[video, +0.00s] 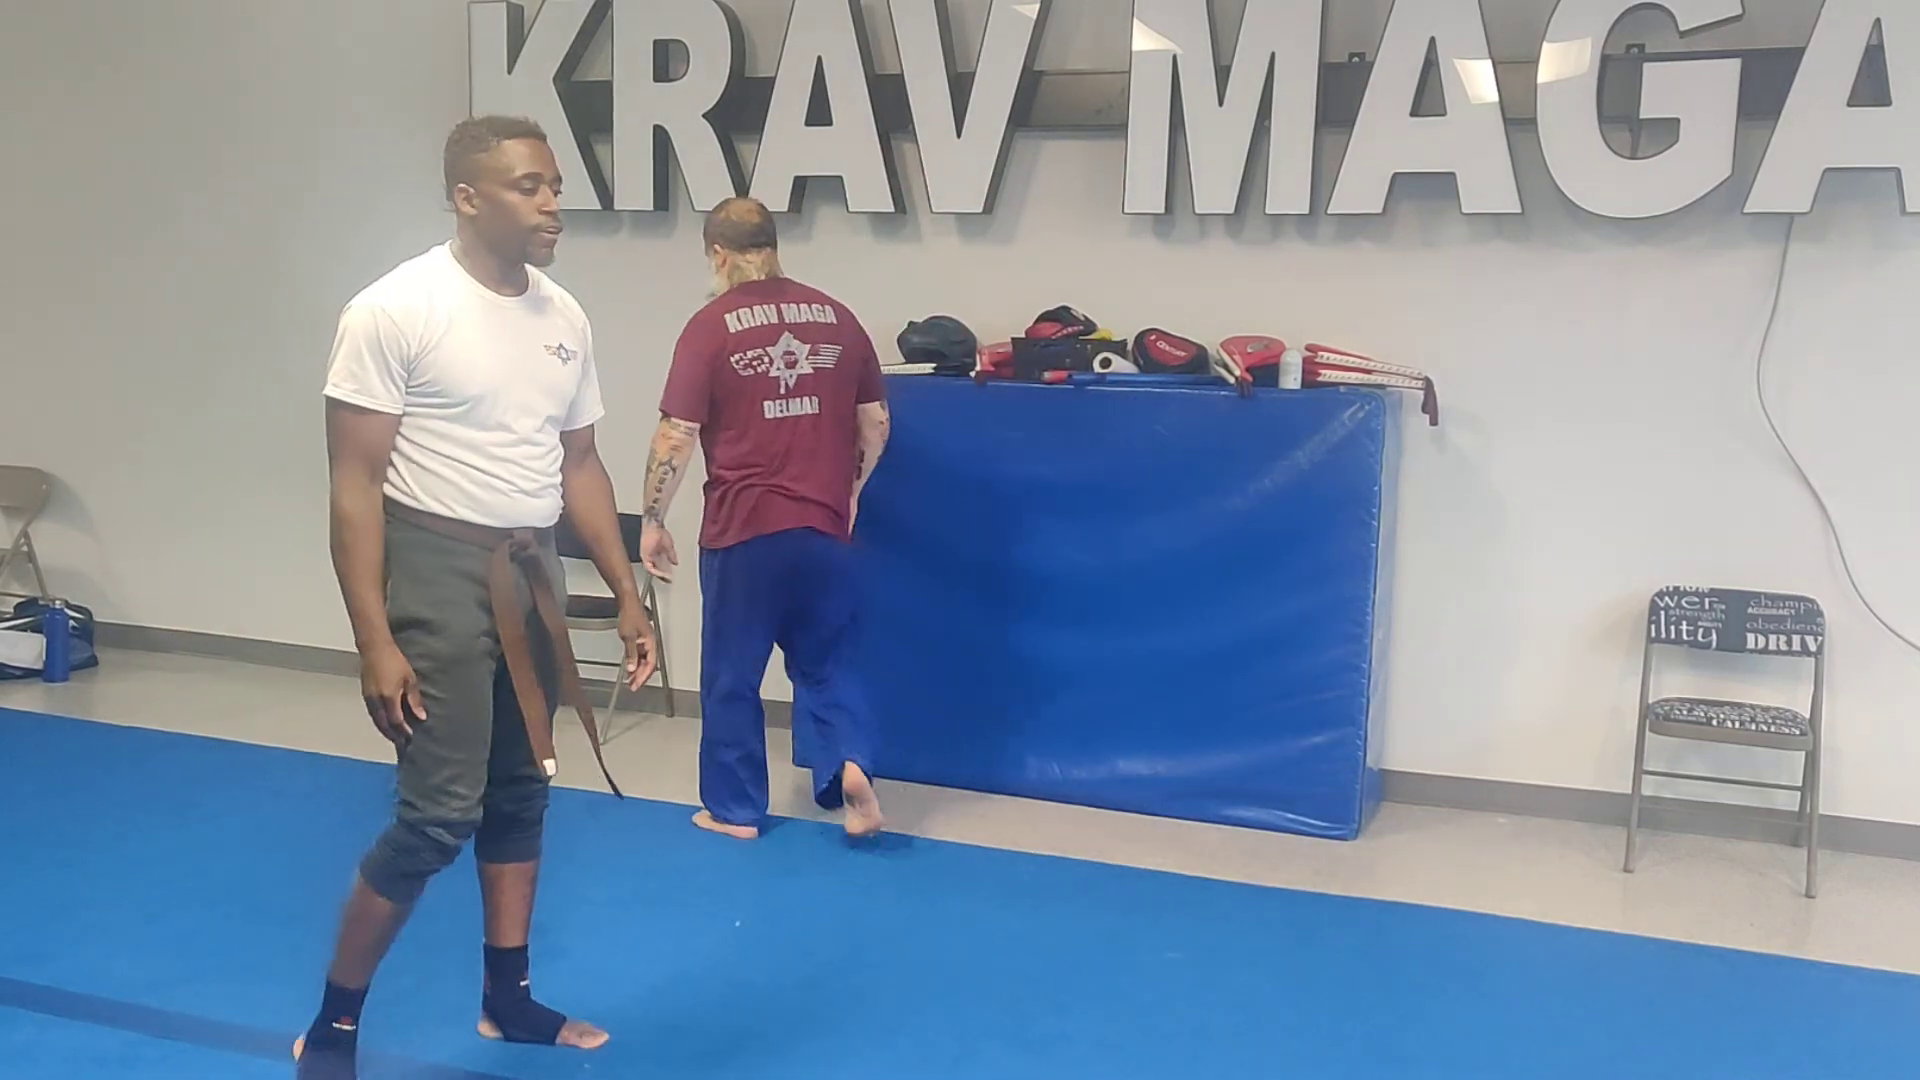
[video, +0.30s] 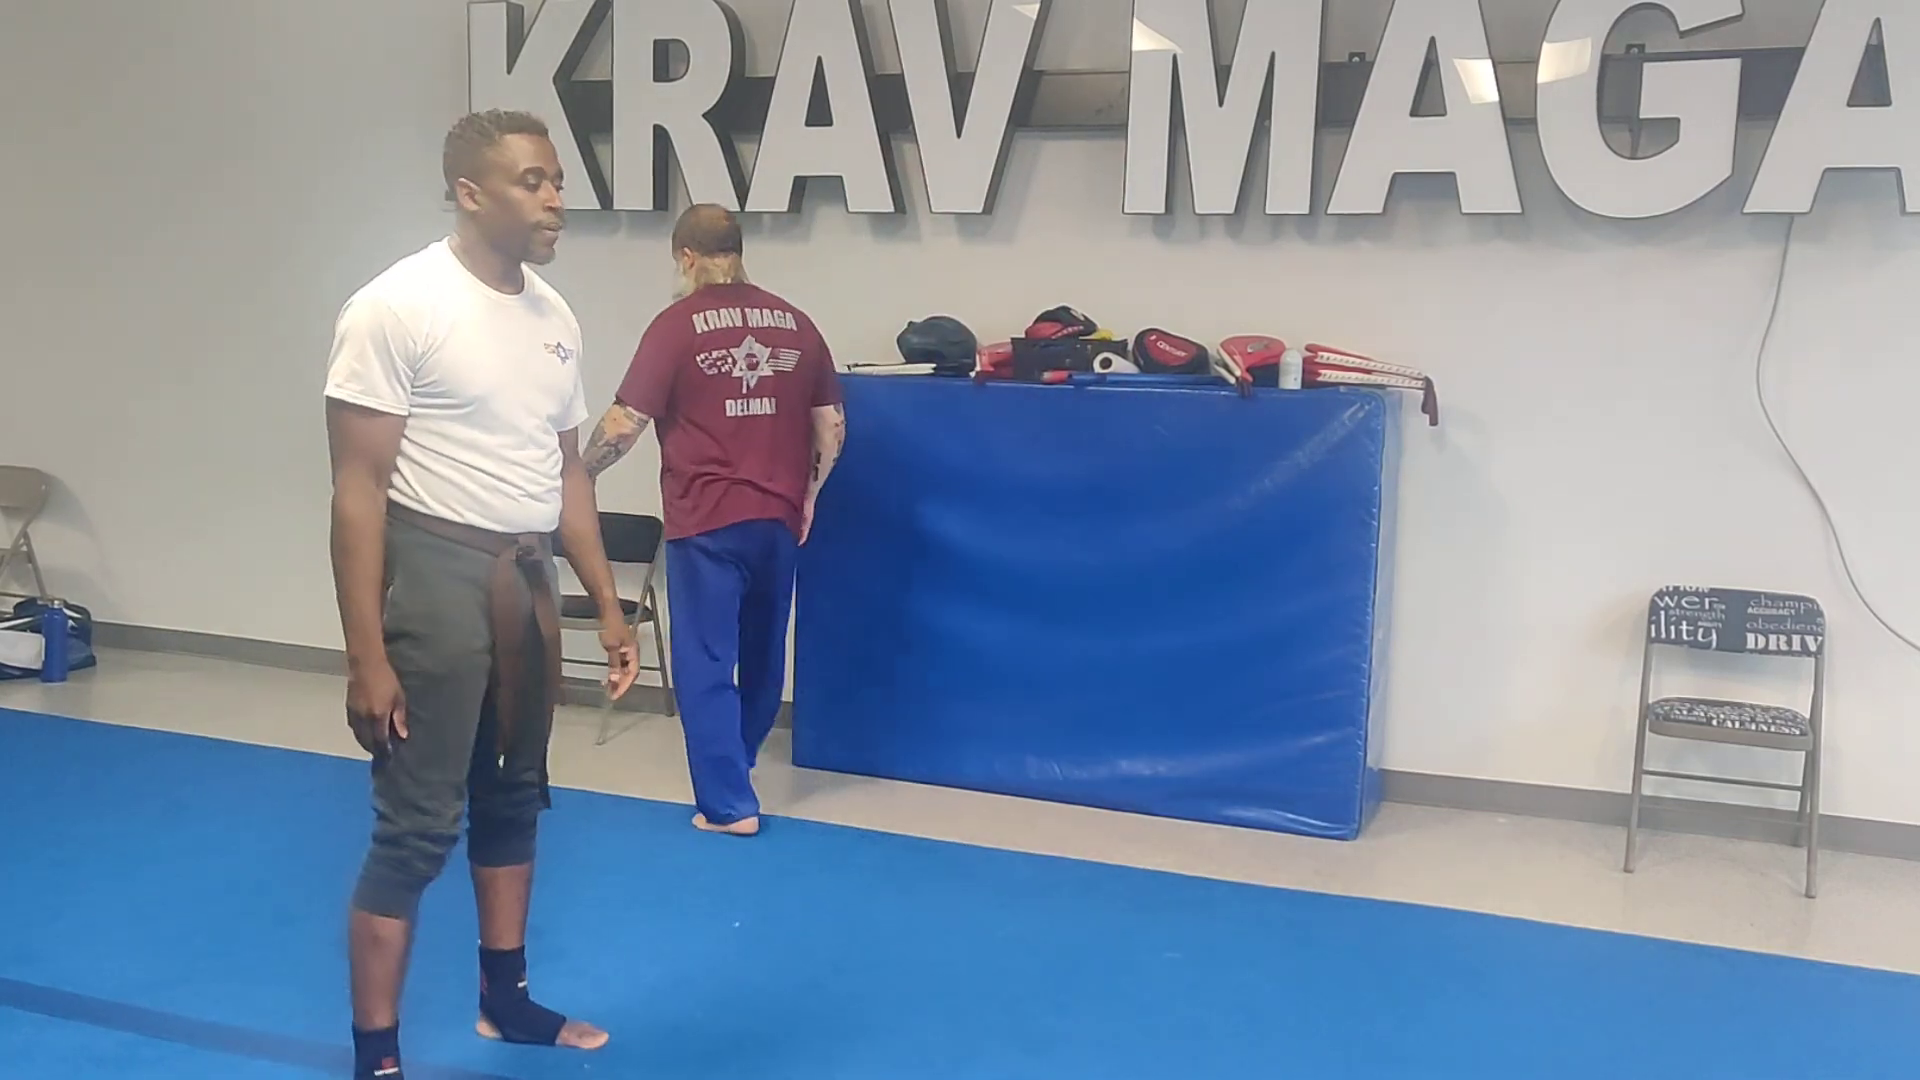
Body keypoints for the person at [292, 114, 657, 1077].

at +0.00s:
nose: (553, 201)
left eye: (555, 184)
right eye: (529, 185)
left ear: (555, 194)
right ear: (467, 200)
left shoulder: (563, 319)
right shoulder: (392, 313)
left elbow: (581, 463)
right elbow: (355, 483)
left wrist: (626, 590)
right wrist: (373, 639)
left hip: (526, 571)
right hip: (429, 564)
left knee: (518, 785)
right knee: (440, 807)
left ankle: (509, 996)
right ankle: (334, 1029)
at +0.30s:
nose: (556, 197)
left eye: (557, 180)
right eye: (533, 180)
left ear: (555, 191)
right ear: (469, 193)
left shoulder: (554, 318)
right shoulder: (391, 310)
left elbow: (571, 474)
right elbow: (358, 489)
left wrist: (609, 606)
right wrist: (366, 654)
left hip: (527, 577)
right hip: (430, 572)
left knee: (512, 795)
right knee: (415, 823)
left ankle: (506, 998)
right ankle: (376, 1058)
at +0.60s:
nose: (534, 191)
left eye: (531, 173)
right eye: (507, 174)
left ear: (528, 187)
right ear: (439, 193)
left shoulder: (520, 307)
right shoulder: (367, 309)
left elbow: (513, 471)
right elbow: (337, 498)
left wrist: (537, 608)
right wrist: (363, 672)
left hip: (505, 570)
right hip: (409, 564)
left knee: (527, 796)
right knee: (383, 820)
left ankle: (507, 995)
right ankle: (367, 1062)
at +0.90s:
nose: (518, 188)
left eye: (516, 170)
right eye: (490, 174)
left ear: (511, 182)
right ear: (422, 194)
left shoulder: (516, 304)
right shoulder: (355, 307)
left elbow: (510, 476)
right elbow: (327, 501)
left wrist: (542, 616)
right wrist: (375, 670)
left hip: (501, 572)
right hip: (393, 567)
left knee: (542, 795)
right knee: (370, 821)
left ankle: (538, 1011)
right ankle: (362, 1062)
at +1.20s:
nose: (540, 195)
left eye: (540, 177)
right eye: (515, 179)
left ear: (540, 184)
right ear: (449, 195)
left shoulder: (559, 304)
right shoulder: (379, 305)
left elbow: (571, 466)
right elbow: (348, 492)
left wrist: (595, 611)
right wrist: (385, 660)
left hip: (538, 573)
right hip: (423, 567)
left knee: (553, 800)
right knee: (395, 815)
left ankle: (540, 1012)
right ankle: (367, 1058)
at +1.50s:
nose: (592, 210)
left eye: (595, 192)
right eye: (569, 192)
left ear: (592, 202)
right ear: (501, 203)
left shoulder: (596, 318)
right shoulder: (422, 306)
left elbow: (605, 474)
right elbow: (387, 485)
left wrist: (635, 615)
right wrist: (419, 646)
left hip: (559, 577)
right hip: (457, 573)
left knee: (562, 805)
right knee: (459, 828)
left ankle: (540, 1013)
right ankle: (377, 1056)